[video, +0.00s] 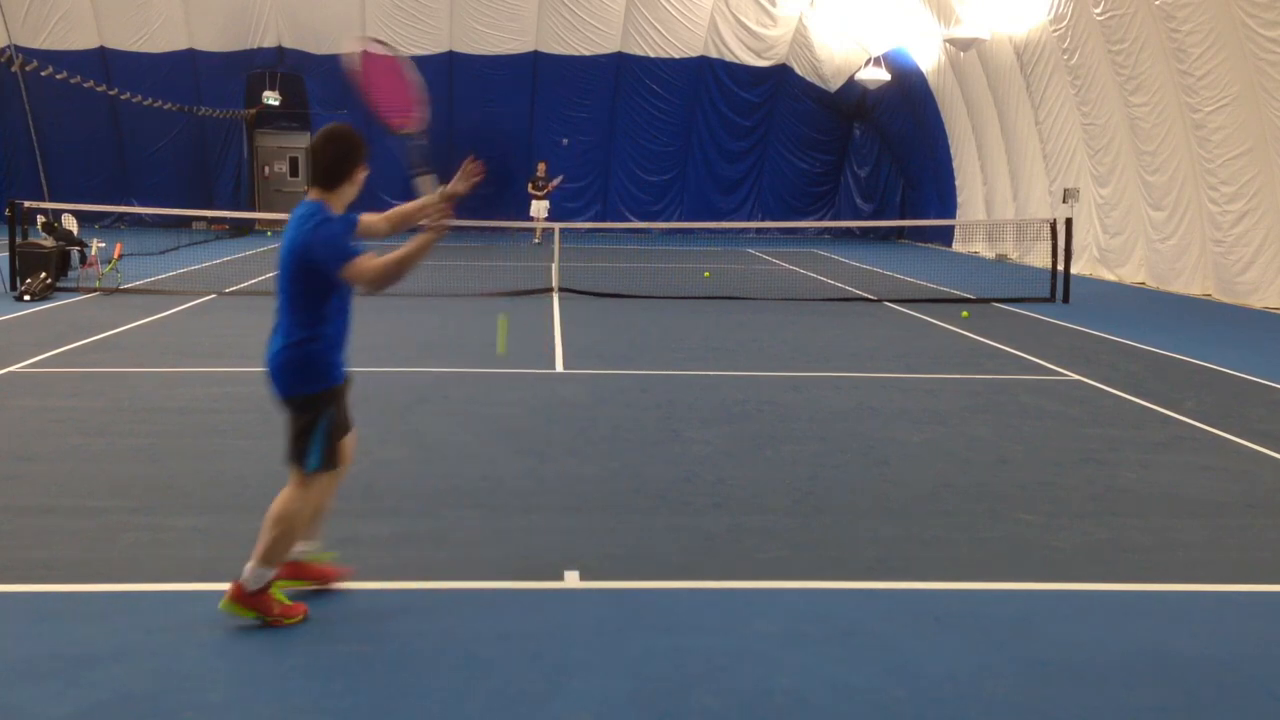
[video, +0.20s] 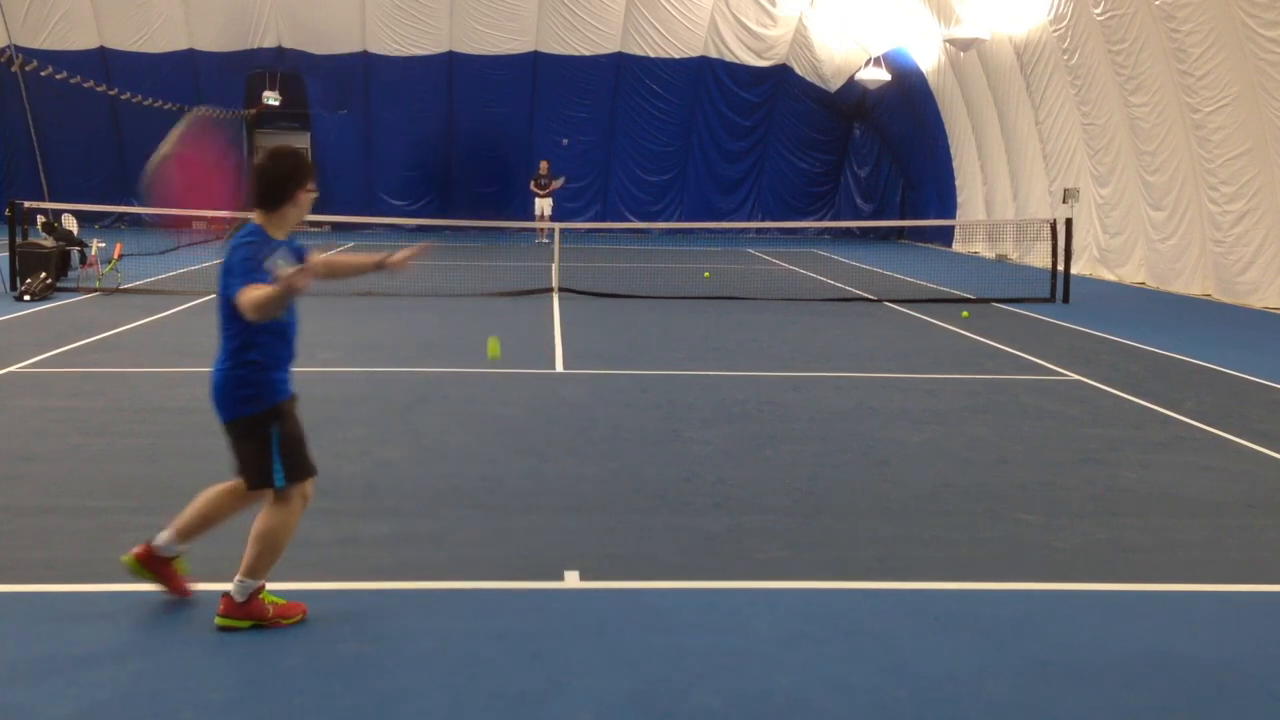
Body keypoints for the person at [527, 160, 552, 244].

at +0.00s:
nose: (541, 168)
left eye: (543, 166)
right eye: (540, 166)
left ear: (545, 168)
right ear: (537, 167)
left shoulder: (547, 178)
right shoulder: (533, 178)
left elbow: (549, 188)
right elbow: (529, 189)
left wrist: (551, 187)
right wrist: (538, 193)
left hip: (543, 201)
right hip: (535, 201)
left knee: (541, 219)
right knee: (535, 219)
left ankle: (538, 237)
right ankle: (537, 236)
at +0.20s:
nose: (543, 166)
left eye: (544, 165)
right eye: (541, 165)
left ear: (547, 166)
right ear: (539, 166)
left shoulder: (550, 176)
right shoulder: (536, 176)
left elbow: (554, 185)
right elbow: (531, 186)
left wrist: (546, 191)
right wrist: (540, 192)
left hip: (547, 198)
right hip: (538, 198)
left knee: (546, 217)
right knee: (538, 217)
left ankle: (545, 237)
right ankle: (538, 237)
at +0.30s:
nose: (544, 166)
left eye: (546, 164)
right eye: (543, 164)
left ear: (549, 166)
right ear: (541, 165)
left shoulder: (552, 176)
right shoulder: (538, 176)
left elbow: (557, 186)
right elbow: (533, 186)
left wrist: (549, 191)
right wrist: (541, 191)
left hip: (549, 198)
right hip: (540, 199)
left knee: (551, 217)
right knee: (539, 217)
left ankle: (552, 236)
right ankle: (539, 237)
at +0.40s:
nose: (547, 167)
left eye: (549, 165)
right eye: (546, 165)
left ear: (552, 167)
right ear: (544, 167)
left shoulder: (555, 177)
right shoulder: (540, 177)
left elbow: (559, 187)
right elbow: (536, 187)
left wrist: (551, 192)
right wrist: (543, 193)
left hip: (552, 200)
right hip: (542, 200)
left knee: (554, 218)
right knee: (541, 218)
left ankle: (557, 237)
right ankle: (540, 237)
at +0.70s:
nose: (552, 166)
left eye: (554, 164)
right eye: (551, 164)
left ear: (557, 165)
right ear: (548, 165)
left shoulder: (560, 175)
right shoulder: (545, 174)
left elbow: (565, 184)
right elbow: (542, 183)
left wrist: (561, 189)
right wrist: (549, 191)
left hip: (558, 197)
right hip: (548, 197)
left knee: (561, 216)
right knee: (546, 216)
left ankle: (562, 234)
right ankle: (543, 235)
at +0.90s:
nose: (554, 170)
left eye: (556, 168)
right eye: (553, 168)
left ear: (559, 170)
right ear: (551, 170)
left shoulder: (563, 179)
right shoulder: (549, 180)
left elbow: (567, 189)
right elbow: (546, 190)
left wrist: (559, 193)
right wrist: (551, 196)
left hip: (561, 201)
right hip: (552, 201)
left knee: (564, 219)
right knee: (549, 218)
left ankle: (569, 236)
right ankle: (545, 236)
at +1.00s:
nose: (556, 171)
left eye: (558, 169)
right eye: (555, 169)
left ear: (561, 170)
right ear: (553, 171)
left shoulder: (566, 179)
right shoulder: (553, 180)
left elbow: (568, 190)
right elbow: (551, 188)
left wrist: (557, 191)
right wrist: (552, 194)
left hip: (565, 201)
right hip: (556, 200)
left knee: (566, 219)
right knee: (552, 218)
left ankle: (570, 237)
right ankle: (545, 236)